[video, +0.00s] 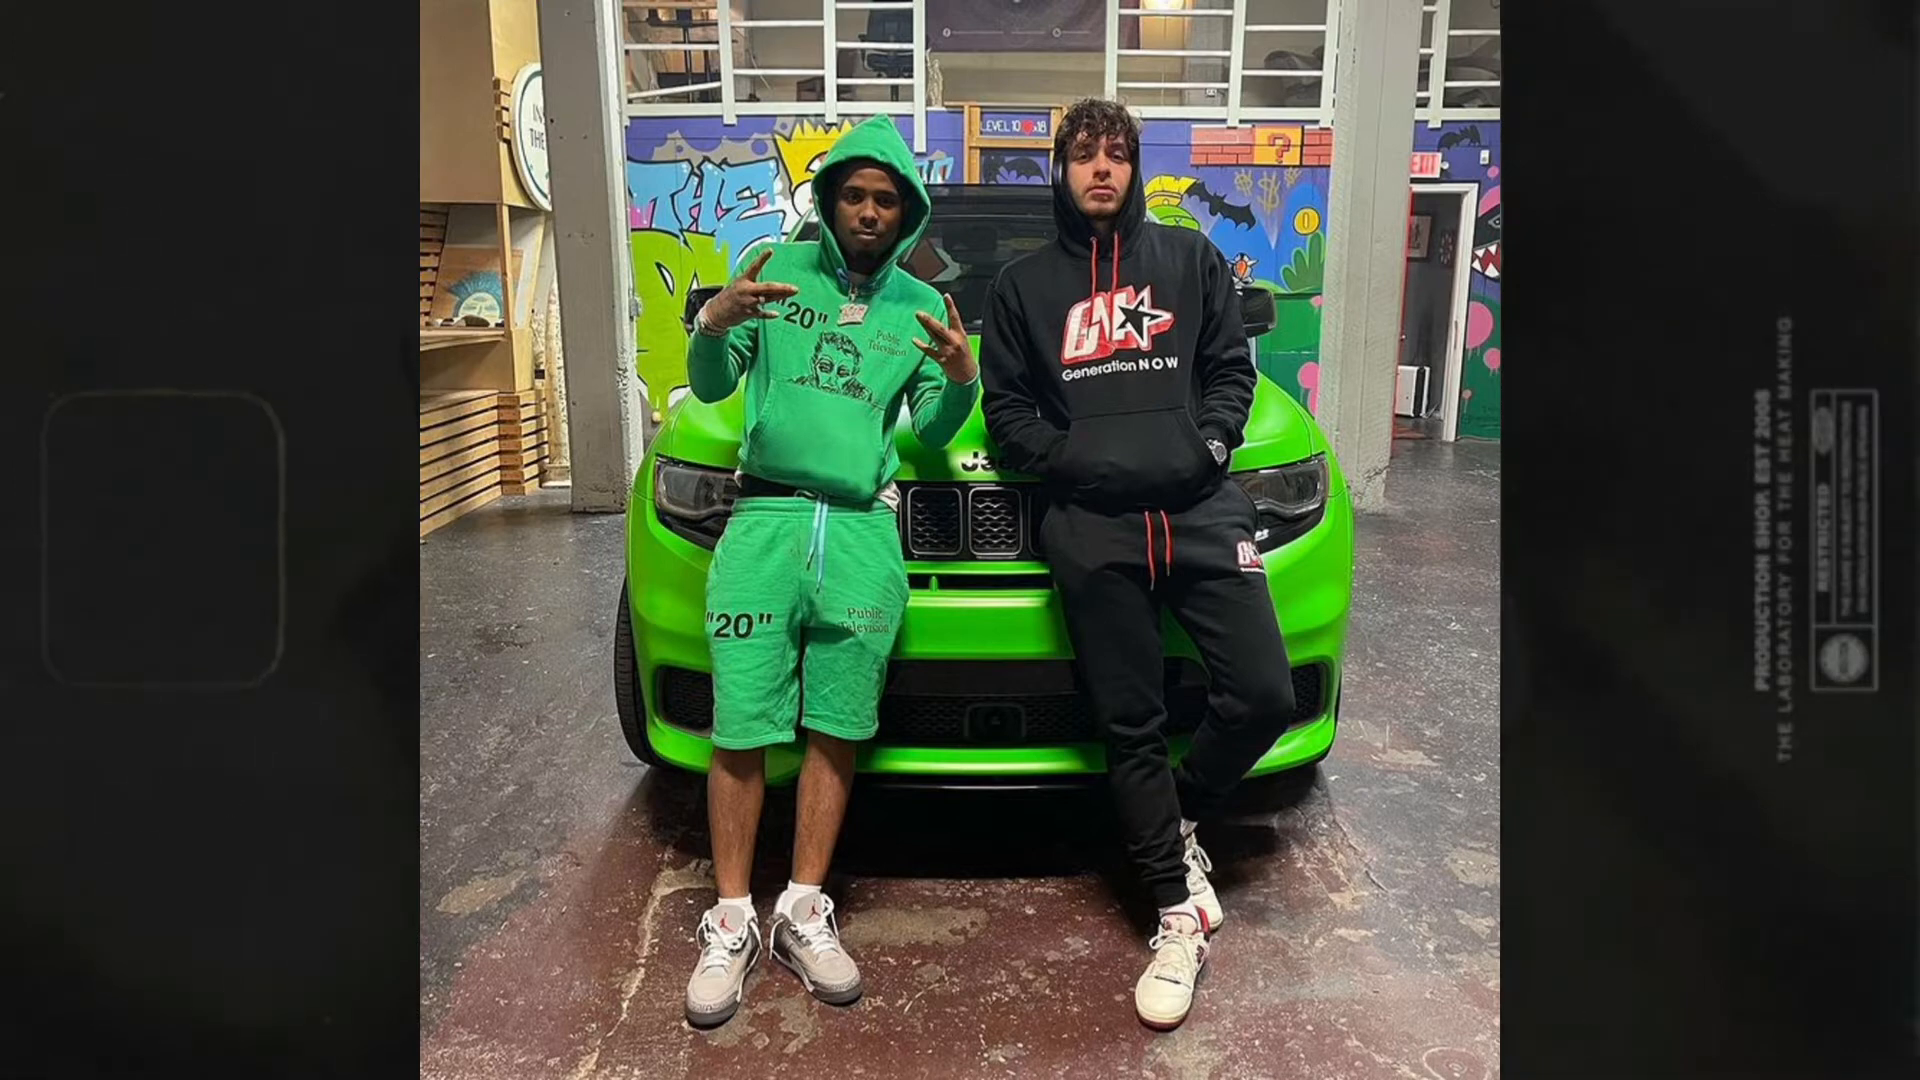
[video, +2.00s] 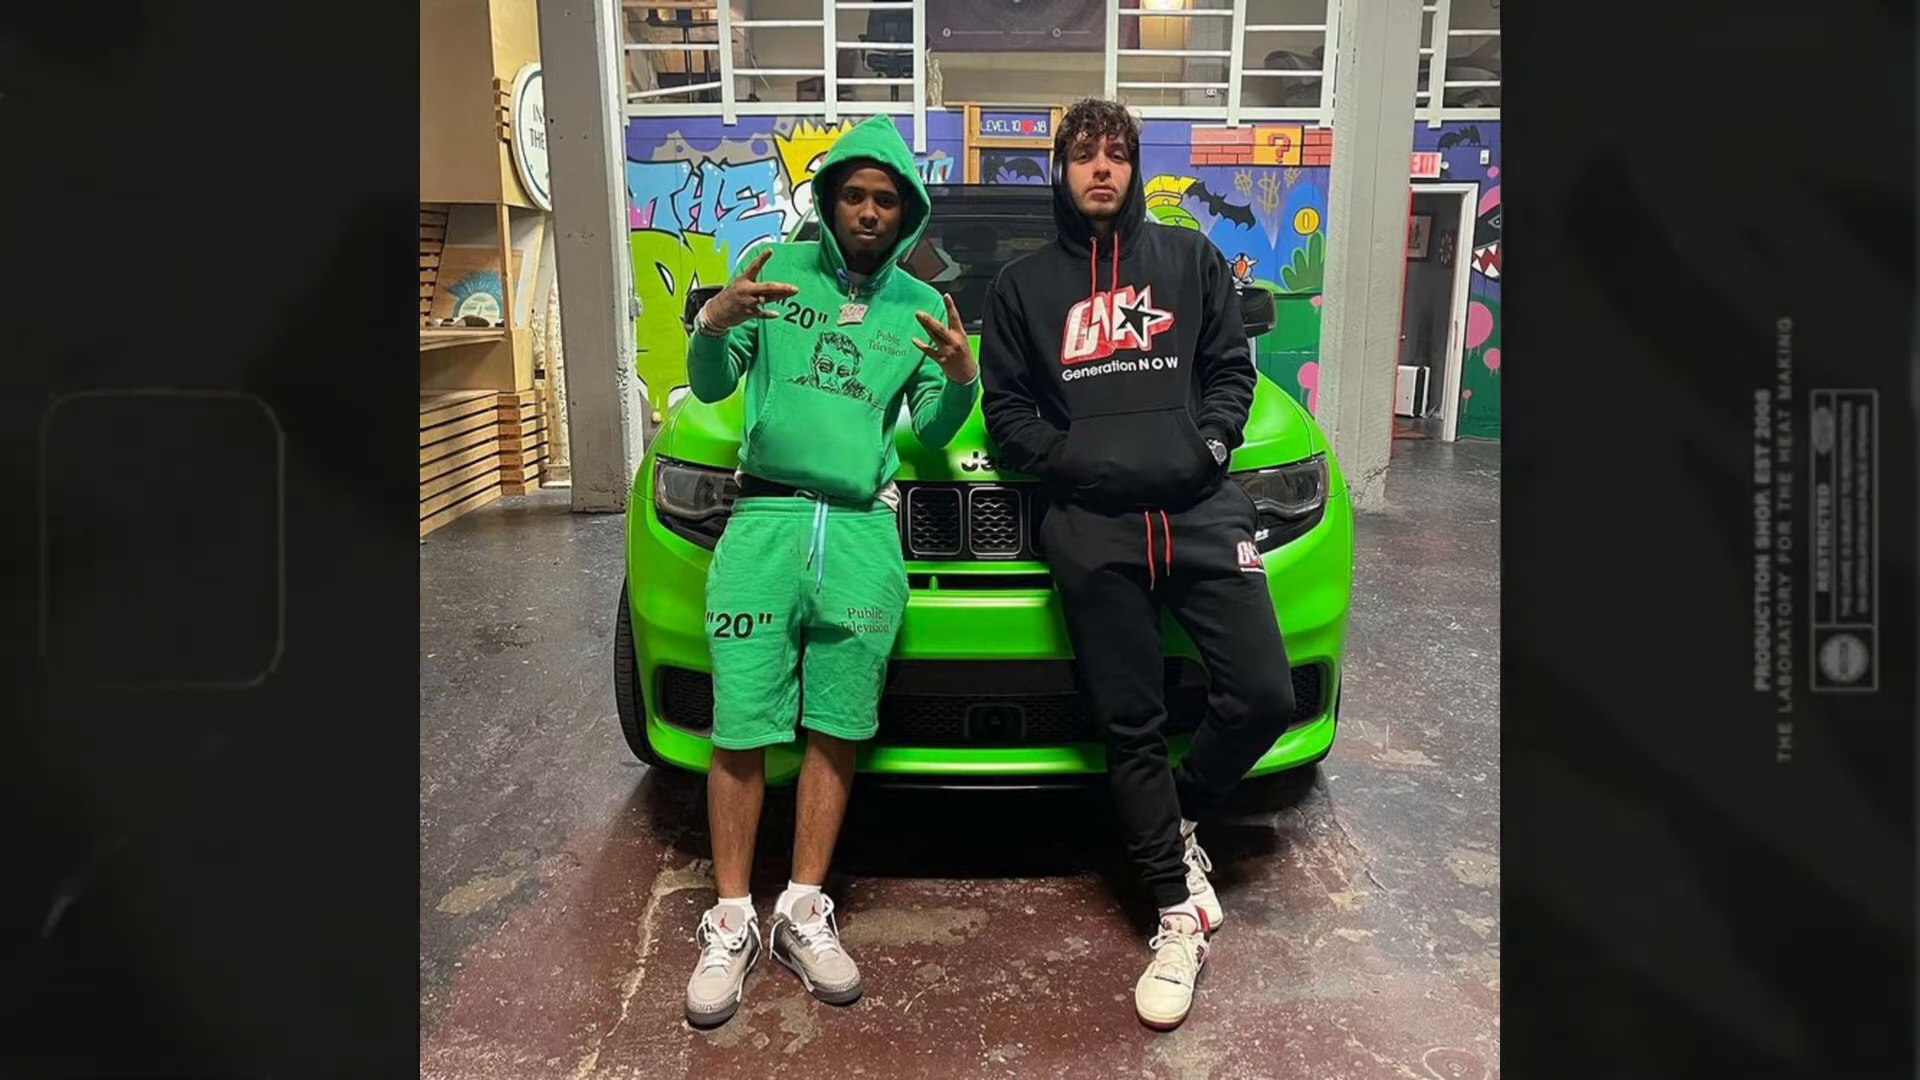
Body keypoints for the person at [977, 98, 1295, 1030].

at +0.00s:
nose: (1102, 171)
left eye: (1116, 158)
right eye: (1088, 158)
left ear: (1137, 171)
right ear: (1062, 171)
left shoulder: (1191, 256)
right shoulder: (1018, 280)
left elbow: (1232, 364)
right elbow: (1004, 403)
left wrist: (1209, 444)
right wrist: (1065, 458)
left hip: (1200, 503)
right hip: (1091, 514)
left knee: (1262, 693)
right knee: (1131, 718)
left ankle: (1179, 819)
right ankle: (1180, 916)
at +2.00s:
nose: (1102, 171)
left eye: (1116, 158)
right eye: (1088, 158)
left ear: (1137, 171)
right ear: (1062, 171)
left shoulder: (1191, 256)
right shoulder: (1018, 280)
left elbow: (1232, 364)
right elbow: (1004, 403)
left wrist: (1209, 444)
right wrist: (1065, 458)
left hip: (1200, 503)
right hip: (1091, 514)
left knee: (1262, 693)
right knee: (1131, 718)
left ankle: (1179, 819)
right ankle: (1179, 916)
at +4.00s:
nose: (1101, 171)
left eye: (1115, 158)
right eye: (1087, 159)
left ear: (1137, 170)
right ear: (1062, 171)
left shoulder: (1192, 257)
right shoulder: (1019, 281)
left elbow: (1232, 366)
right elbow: (1005, 404)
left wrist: (1208, 445)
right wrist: (1066, 457)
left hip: (1201, 503)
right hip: (1090, 514)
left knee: (1262, 693)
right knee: (1131, 718)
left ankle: (1179, 820)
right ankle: (1179, 917)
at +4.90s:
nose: (1102, 172)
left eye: (1115, 159)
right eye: (1087, 159)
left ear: (1137, 170)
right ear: (1062, 171)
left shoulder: (1192, 257)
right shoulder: (1019, 280)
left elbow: (1232, 365)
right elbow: (1005, 404)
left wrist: (1208, 444)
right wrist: (1065, 457)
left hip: (1200, 502)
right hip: (1090, 513)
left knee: (1262, 693)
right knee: (1131, 717)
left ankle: (1179, 821)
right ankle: (1180, 915)